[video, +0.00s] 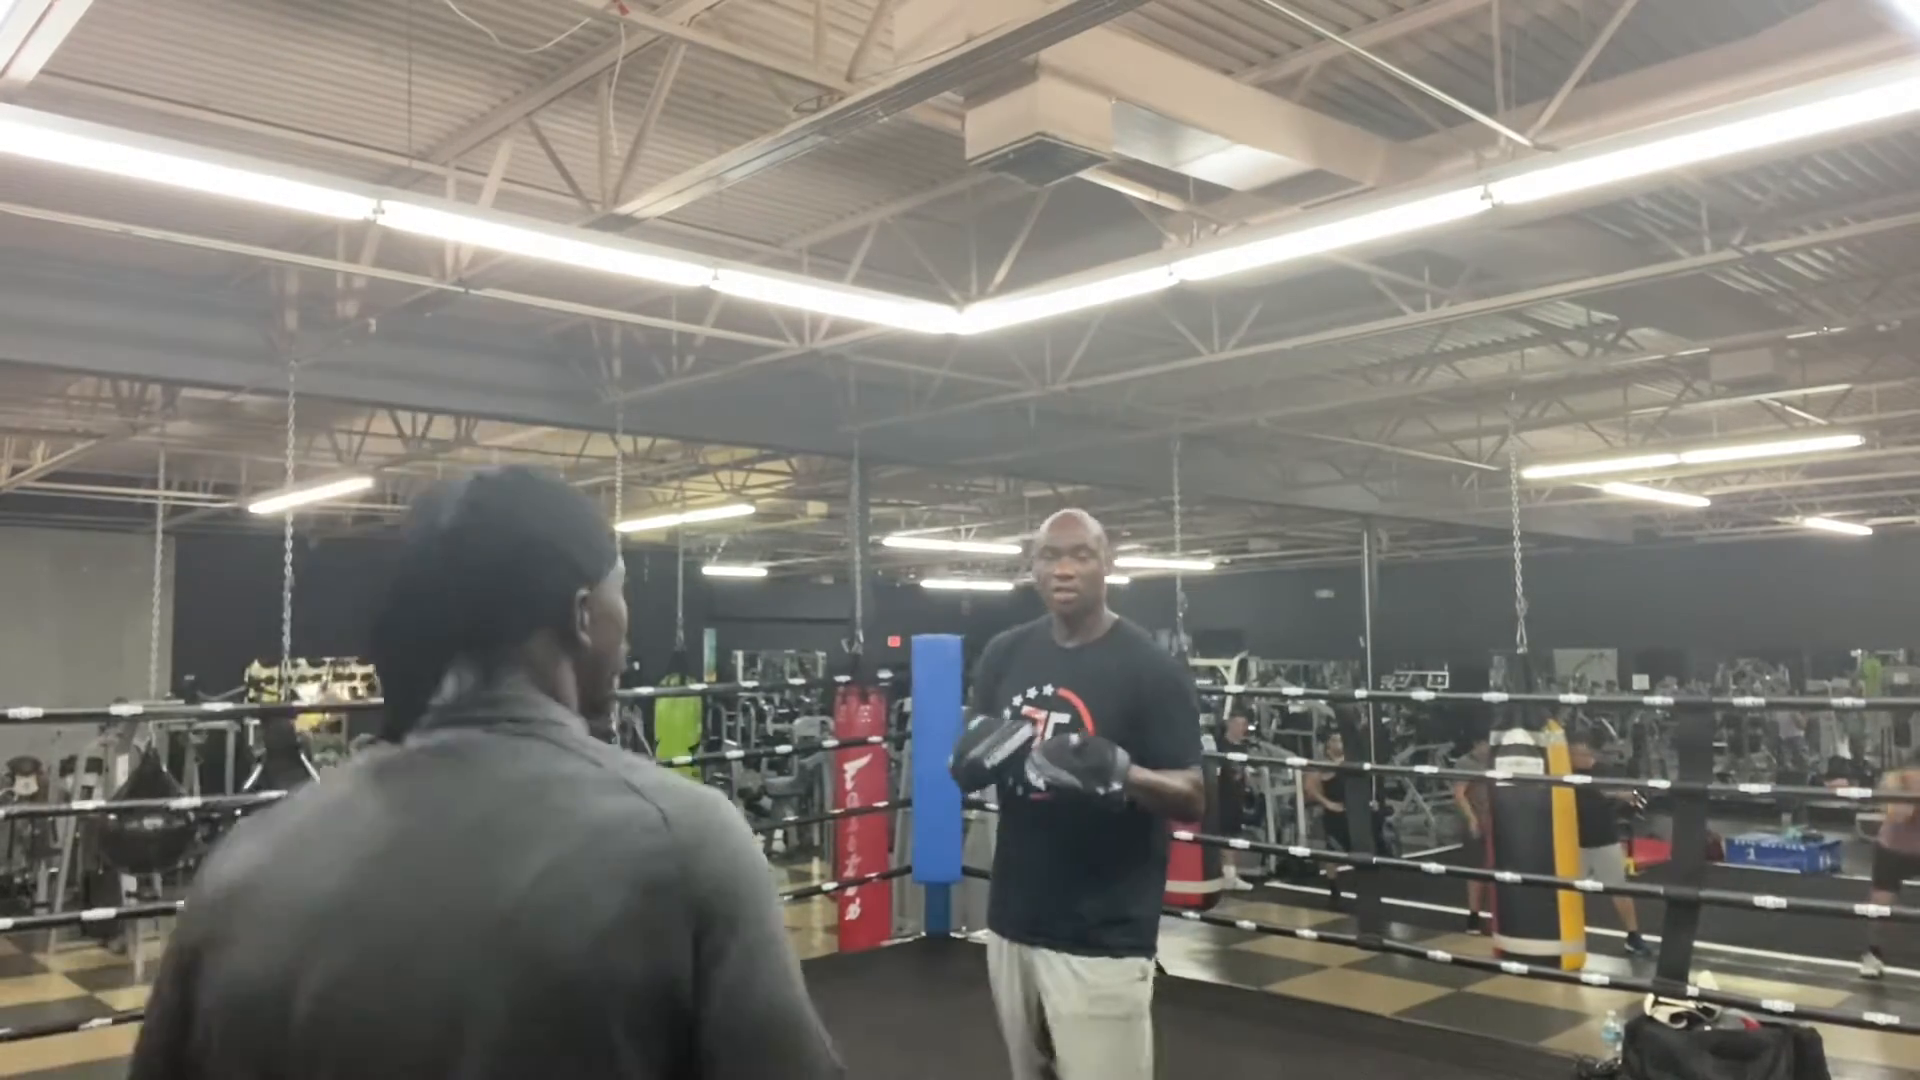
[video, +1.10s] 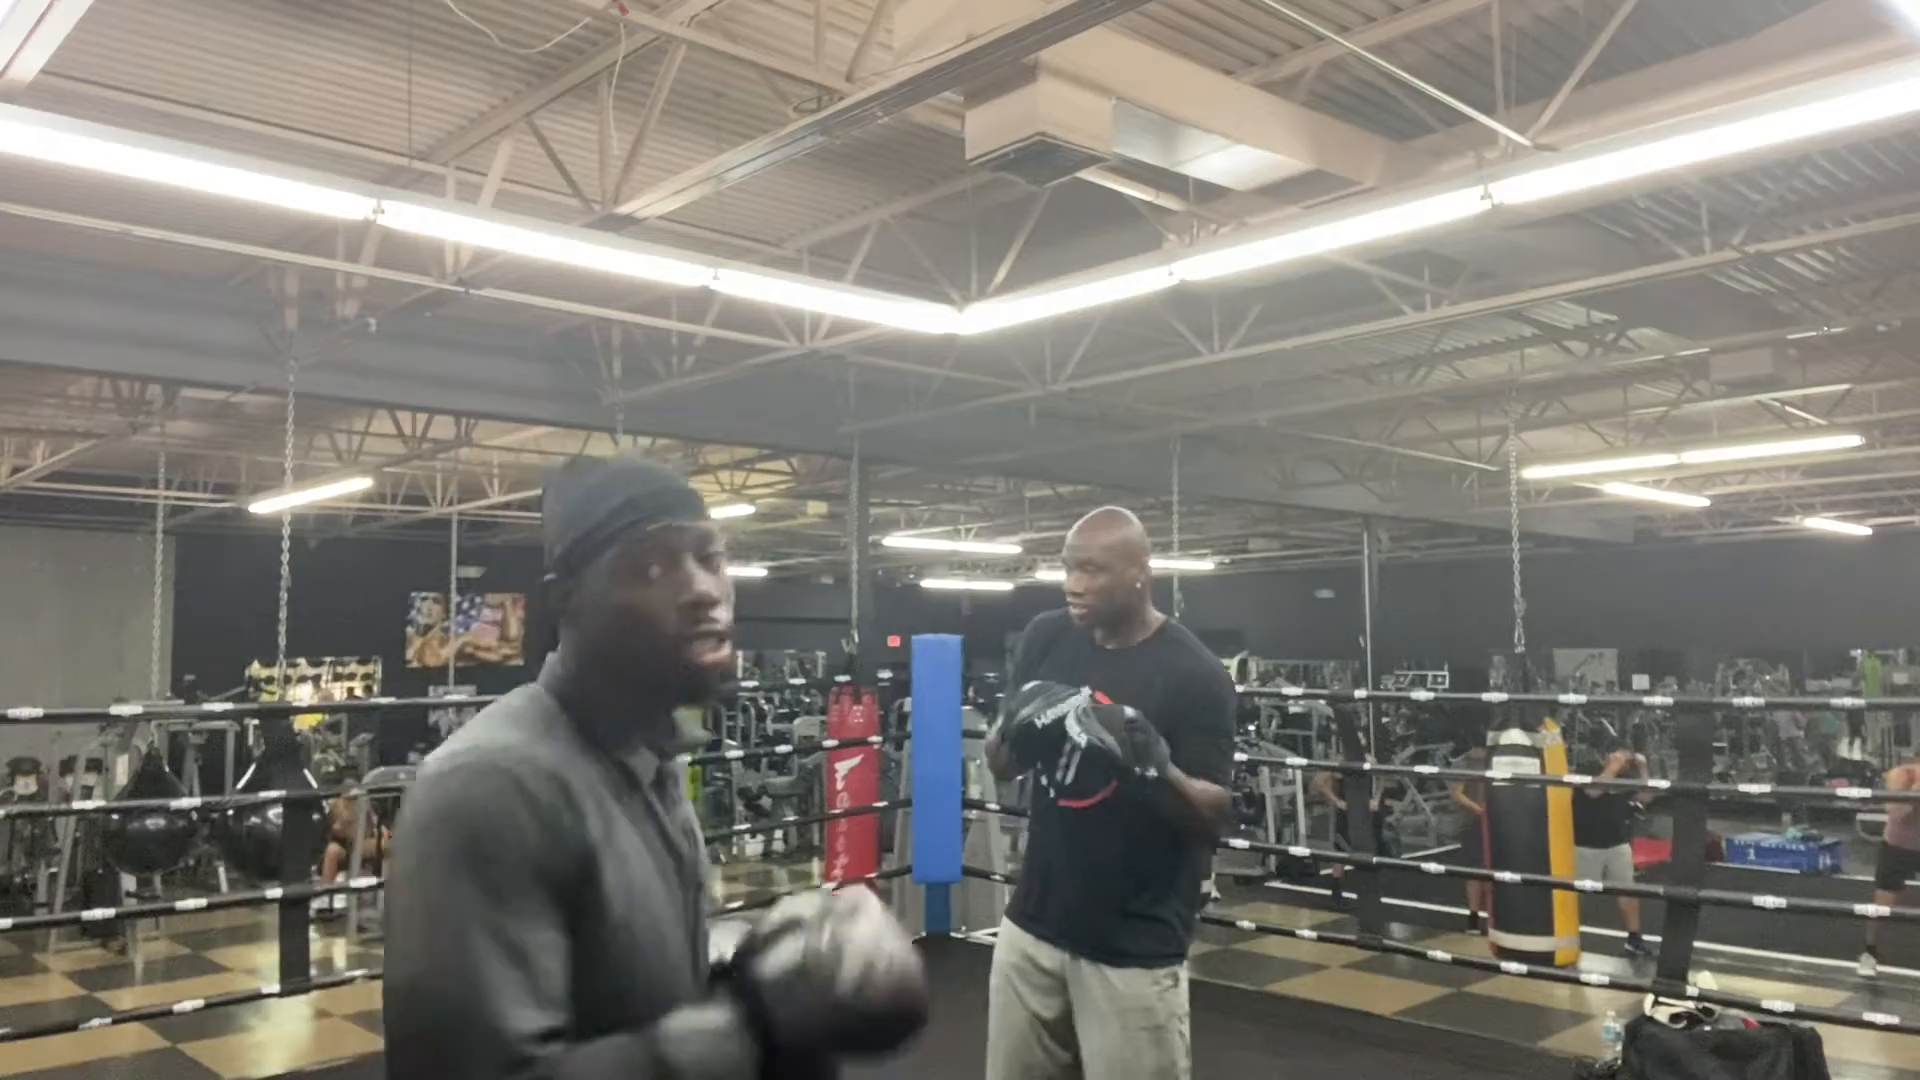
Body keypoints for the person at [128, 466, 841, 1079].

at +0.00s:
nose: (627, 629)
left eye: (624, 597)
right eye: (621, 597)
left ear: (423, 615)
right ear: (578, 615)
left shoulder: (248, 855)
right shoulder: (685, 840)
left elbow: (159, 1071)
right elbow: (791, 1067)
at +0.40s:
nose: (647, 624)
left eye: (644, 596)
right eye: (637, 595)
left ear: (471, 609)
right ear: (586, 615)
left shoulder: (307, 822)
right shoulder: (651, 820)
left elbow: (234, 1061)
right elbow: (681, 1062)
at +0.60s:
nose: (671, 566)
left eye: (666, 539)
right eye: (660, 538)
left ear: (495, 564)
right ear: (606, 561)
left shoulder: (339, 761)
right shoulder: (651, 752)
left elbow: (329, 1033)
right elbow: (608, 1052)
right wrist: (744, 1034)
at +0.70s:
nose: (696, 571)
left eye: (685, 545)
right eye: (678, 544)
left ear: (519, 579)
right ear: (620, 581)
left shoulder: (373, 765)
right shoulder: (648, 777)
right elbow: (618, 1063)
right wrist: (780, 1048)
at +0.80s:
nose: (725, 589)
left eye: (707, 567)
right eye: (695, 574)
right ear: (626, 628)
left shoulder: (426, 800)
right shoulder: (659, 842)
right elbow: (654, 1058)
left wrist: (708, 946)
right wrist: (839, 1072)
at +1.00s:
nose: (746, 571)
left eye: (734, 540)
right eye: (694, 549)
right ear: (587, 584)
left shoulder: (606, 741)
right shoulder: (564, 771)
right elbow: (612, 1067)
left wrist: (760, 944)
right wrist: (801, 983)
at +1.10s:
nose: (705, 590)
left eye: (710, 558)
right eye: (655, 565)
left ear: (729, 572)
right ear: (568, 603)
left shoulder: (651, 768)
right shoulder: (489, 784)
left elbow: (651, 1000)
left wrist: (770, 961)